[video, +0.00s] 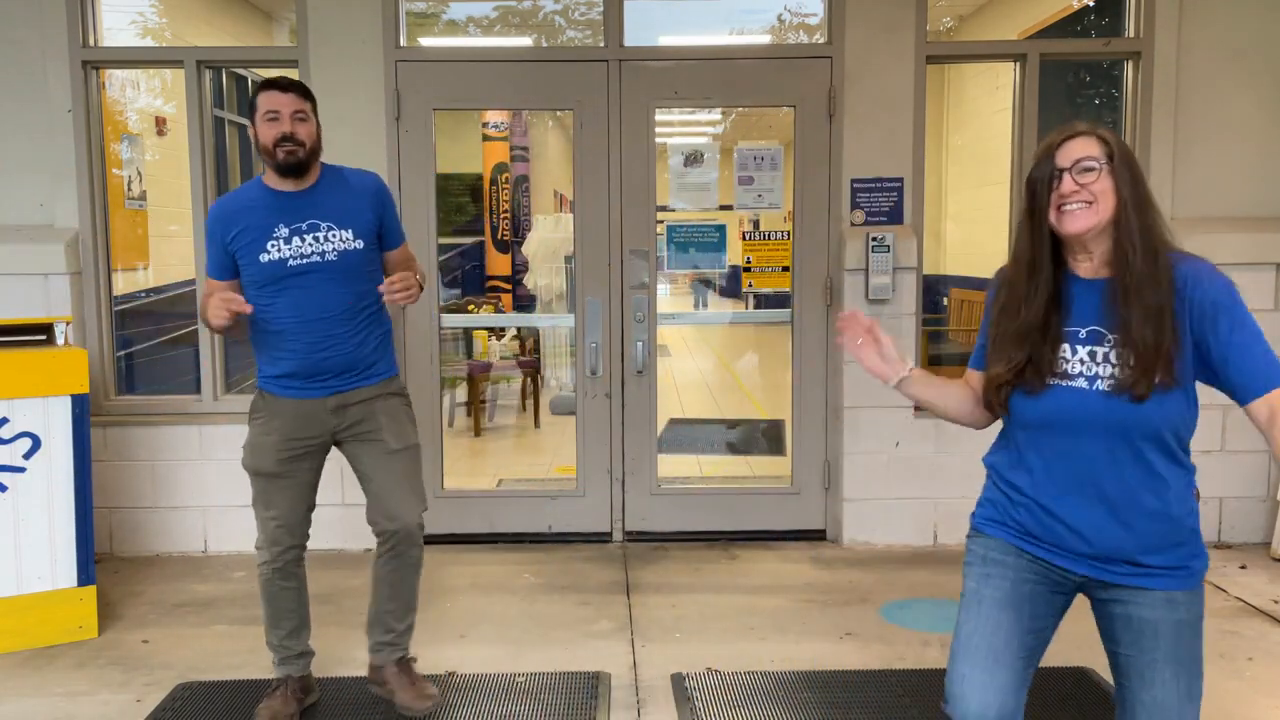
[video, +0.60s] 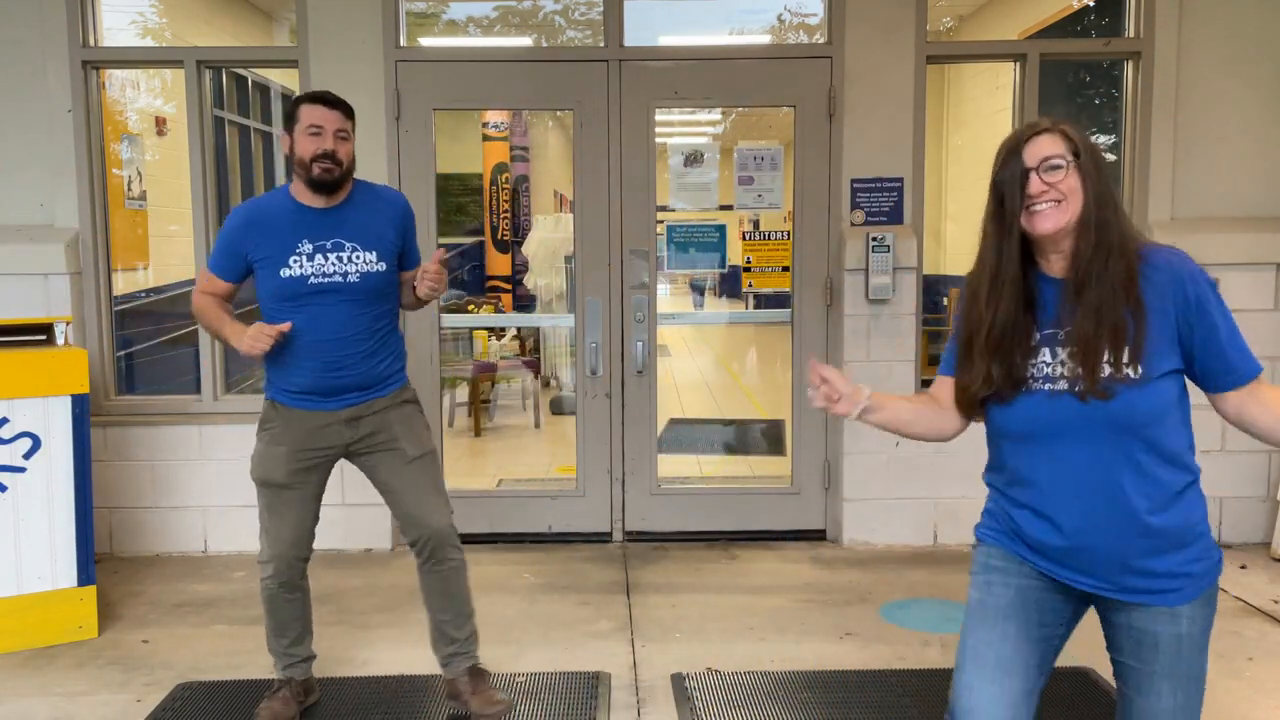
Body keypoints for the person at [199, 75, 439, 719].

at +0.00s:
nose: (288, 129)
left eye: (299, 117)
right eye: (273, 119)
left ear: (318, 128)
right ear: (253, 133)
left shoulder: (365, 191)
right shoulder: (230, 214)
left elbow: (406, 269)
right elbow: (214, 302)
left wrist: (403, 283)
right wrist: (219, 307)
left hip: (372, 396)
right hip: (284, 405)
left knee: (404, 524)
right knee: (278, 547)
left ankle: (390, 659)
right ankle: (292, 675)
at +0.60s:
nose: (328, 146)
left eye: (340, 135)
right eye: (315, 133)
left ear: (355, 147)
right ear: (289, 143)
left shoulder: (392, 209)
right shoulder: (253, 221)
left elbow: (406, 293)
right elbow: (205, 297)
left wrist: (425, 287)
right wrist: (238, 334)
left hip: (386, 409)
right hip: (295, 419)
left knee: (437, 533)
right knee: (282, 559)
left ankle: (463, 669)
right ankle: (292, 678)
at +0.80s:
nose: (397, 151)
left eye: (410, 142)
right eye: (384, 137)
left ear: (423, 153)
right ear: (357, 142)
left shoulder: (449, 209)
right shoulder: (313, 202)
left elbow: (492, 269)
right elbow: (213, 240)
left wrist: (506, 272)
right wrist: (241, 287)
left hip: (421, 414)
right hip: (328, 416)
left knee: (475, 545)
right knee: (298, 558)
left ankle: (523, 674)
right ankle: (292, 679)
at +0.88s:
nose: (432, 164)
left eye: (446, 154)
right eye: (420, 148)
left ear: (457, 163)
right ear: (392, 152)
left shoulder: (484, 224)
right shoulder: (345, 213)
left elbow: (537, 276)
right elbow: (238, 246)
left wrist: (539, 284)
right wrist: (247, 299)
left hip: (445, 422)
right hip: (351, 425)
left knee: (496, 550)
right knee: (310, 561)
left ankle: (537, 692)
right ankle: (293, 680)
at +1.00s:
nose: (485, 165)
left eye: (500, 156)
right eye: (474, 149)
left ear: (512, 165)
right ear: (445, 149)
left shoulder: (531, 226)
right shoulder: (390, 213)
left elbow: (569, 290)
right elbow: (305, 271)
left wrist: (563, 304)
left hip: (490, 417)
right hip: (399, 417)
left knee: (528, 551)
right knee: (348, 550)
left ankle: (540, 691)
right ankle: (306, 674)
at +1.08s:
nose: (521, 167)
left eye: (534, 158)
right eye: (510, 151)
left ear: (544, 167)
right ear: (480, 149)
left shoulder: (561, 234)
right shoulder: (419, 218)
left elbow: (569, 313)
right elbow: (371, 297)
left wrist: (573, 315)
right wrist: (403, 343)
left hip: (521, 417)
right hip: (429, 418)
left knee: (551, 550)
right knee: (389, 552)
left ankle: (543, 690)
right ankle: (367, 662)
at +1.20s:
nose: (560, 178)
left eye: (571, 169)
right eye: (548, 162)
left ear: (579, 177)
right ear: (515, 160)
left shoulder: (592, 249)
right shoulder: (455, 228)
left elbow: (597, 350)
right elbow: (416, 308)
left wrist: (589, 329)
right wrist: (450, 365)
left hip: (560, 425)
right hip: (474, 428)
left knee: (577, 560)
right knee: (460, 566)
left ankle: (546, 690)